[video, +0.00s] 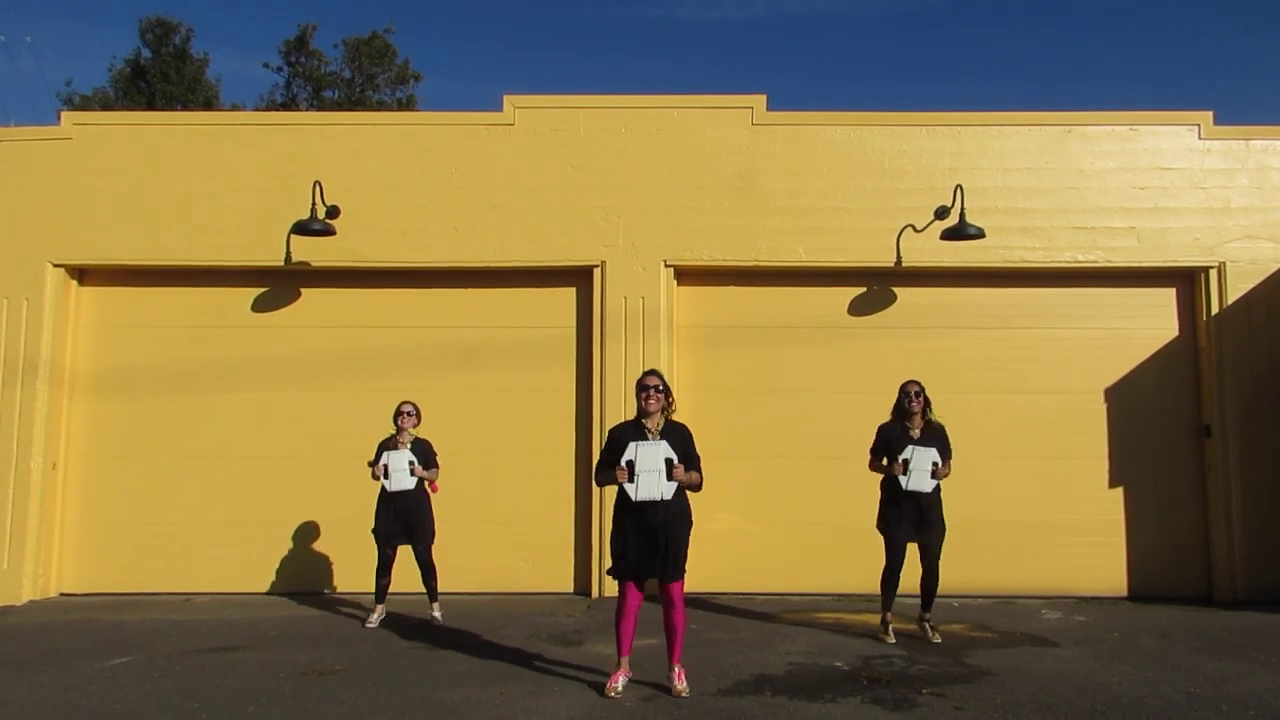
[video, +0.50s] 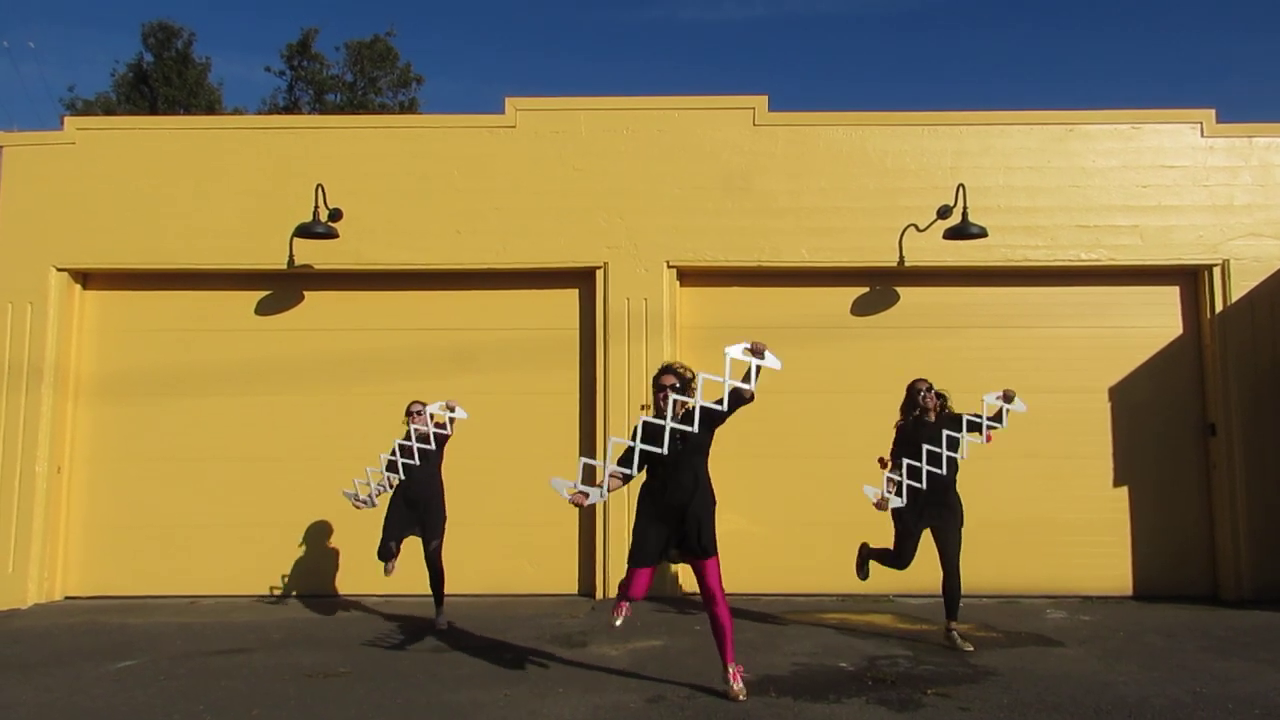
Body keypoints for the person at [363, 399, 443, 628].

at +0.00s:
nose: (404, 418)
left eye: (410, 414)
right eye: (401, 414)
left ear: (417, 419)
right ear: (395, 418)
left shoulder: (423, 445)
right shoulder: (385, 445)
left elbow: (434, 474)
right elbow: (376, 475)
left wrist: (422, 473)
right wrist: (377, 471)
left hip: (417, 509)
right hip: (389, 508)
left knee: (424, 557)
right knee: (385, 558)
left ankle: (434, 605)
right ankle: (379, 607)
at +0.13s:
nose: (405, 416)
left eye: (410, 413)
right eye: (401, 413)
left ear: (417, 417)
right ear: (396, 417)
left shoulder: (424, 443)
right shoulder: (385, 442)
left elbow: (435, 472)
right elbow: (372, 475)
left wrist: (422, 466)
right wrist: (375, 465)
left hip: (418, 506)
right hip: (389, 506)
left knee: (425, 557)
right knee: (381, 557)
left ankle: (435, 608)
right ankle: (375, 607)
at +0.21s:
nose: (404, 427)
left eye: (409, 423)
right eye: (401, 423)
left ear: (419, 427)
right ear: (397, 428)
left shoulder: (423, 452)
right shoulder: (388, 452)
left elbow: (432, 474)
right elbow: (375, 478)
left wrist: (421, 470)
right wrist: (376, 470)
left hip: (419, 514)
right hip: (390, 514)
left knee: (426, 565)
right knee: (381, 564)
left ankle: (435, 615)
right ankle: (374, 613)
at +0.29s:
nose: (406, 430)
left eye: (411, 426)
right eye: (402, 428)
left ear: (420, 430)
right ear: (399, 433)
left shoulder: (426, 455)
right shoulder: (391, 458)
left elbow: (433, 471)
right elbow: (380, 476)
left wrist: (421, 466)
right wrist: (379, 477)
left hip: (422, 518)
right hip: (393, 518)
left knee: (426, 567)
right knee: (383, 566)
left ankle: (435, 617)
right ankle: (376, 615)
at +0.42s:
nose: (413, 417)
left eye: (418, 413)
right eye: (408, 414)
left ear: (426, 418)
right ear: (402, 419)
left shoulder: (432, 441)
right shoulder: (396, 446)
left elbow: (439, 449)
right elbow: (385, 473)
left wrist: (430, 435)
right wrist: (372, 485)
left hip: (428, 505)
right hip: (399, 505)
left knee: (431, 557)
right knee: (386, 554)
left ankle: (439, 610)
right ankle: (376, 600)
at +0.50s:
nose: (416, 417)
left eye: (420, 413)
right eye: (411, 414)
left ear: (428, 416)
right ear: (407, 419)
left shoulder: (437, 437)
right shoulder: (401, 446)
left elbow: (447, 429)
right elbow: (389, 480)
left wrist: (451, 411)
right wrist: (370, 499)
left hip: (431, 503)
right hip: (402, 503)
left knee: (433, 558)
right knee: (384, 554)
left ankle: (439, 612)